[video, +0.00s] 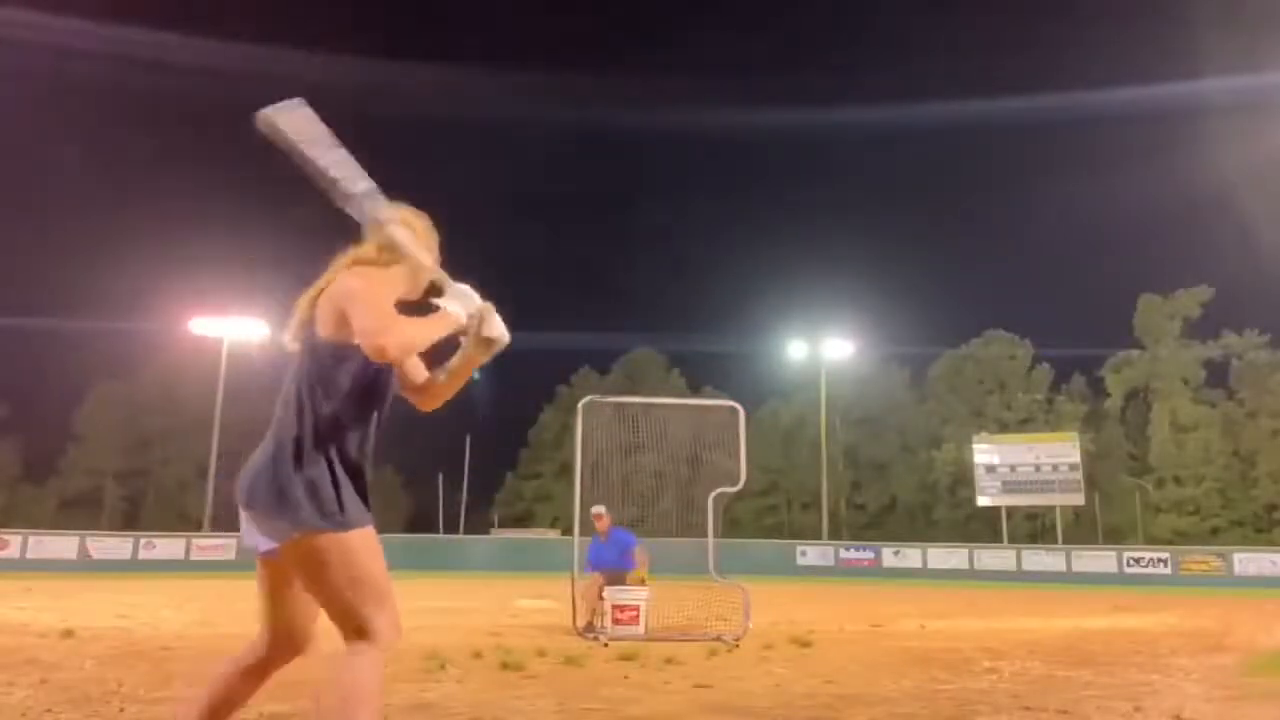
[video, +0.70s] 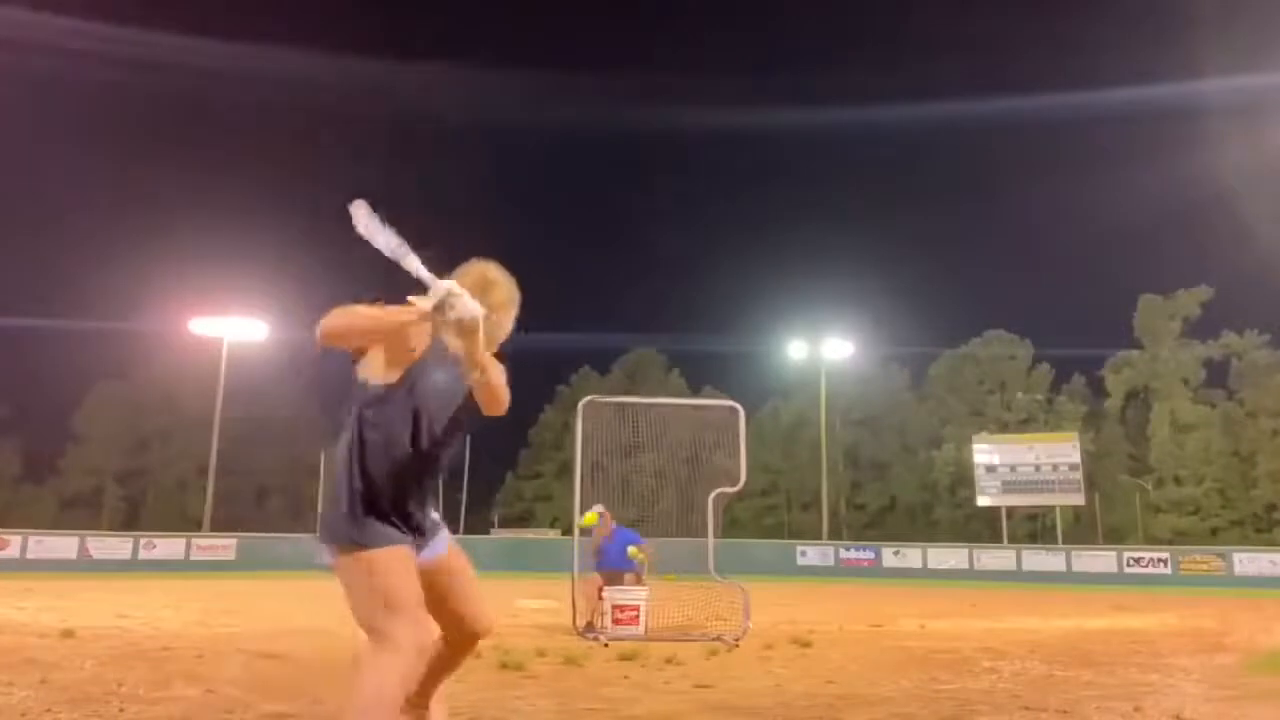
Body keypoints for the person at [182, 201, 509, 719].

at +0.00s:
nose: (430, 275)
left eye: (432, 266)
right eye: (430, 262)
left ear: (381, 247)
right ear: (414, 253)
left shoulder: (374, 309)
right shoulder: (360, 281)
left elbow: (427, 395)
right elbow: (382, 342)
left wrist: (478, 351)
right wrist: (452, 314)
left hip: (281, 480)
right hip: (307, 481)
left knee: (285, 637)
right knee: (374, 632)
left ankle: (199, 713)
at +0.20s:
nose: (454, 278)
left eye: (458, 270)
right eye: (455, 266)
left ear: (412, 256)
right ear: (438, 258)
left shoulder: (407, 321)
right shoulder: (376, 278)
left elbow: (431, 402)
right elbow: (377, 334)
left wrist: (477, 371)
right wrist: (463, 325)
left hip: (318, 482)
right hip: (309, 480)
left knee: (368, 634)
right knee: (390, 635)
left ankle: (272, 712)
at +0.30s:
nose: (472, 284)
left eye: (473, 273)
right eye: (471, 272)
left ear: (429, 263)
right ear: (457, 267)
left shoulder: (431, 330)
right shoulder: (387, 284)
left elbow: (441, 409)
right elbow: (361, 342)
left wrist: (474, 378)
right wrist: (456, 332)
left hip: (355, 487)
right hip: (311, 489)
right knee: (396, 634)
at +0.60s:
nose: (497, 320)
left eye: (498, 313)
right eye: (496, 310)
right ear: (480, 301)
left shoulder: (468, 353)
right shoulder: (401, 317)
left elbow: (486, 411)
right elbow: (332, 340)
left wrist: (473, 353)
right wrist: (424, 313)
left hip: (402, 507)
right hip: (346, 508)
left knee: (479, 611)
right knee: (408, 634)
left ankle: (419, 707)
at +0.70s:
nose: (506, 331)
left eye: (506, 323)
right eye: (503, 320)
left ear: (486, 325)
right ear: (481, 312)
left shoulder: (482, 365)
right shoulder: (403, 331)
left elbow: (497, 404)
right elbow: (329, 329)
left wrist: (471, 345)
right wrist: (416, 312)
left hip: (418, 517)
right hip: (362, 515)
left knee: (470, 624)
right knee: (404, 641)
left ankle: (415, 701)